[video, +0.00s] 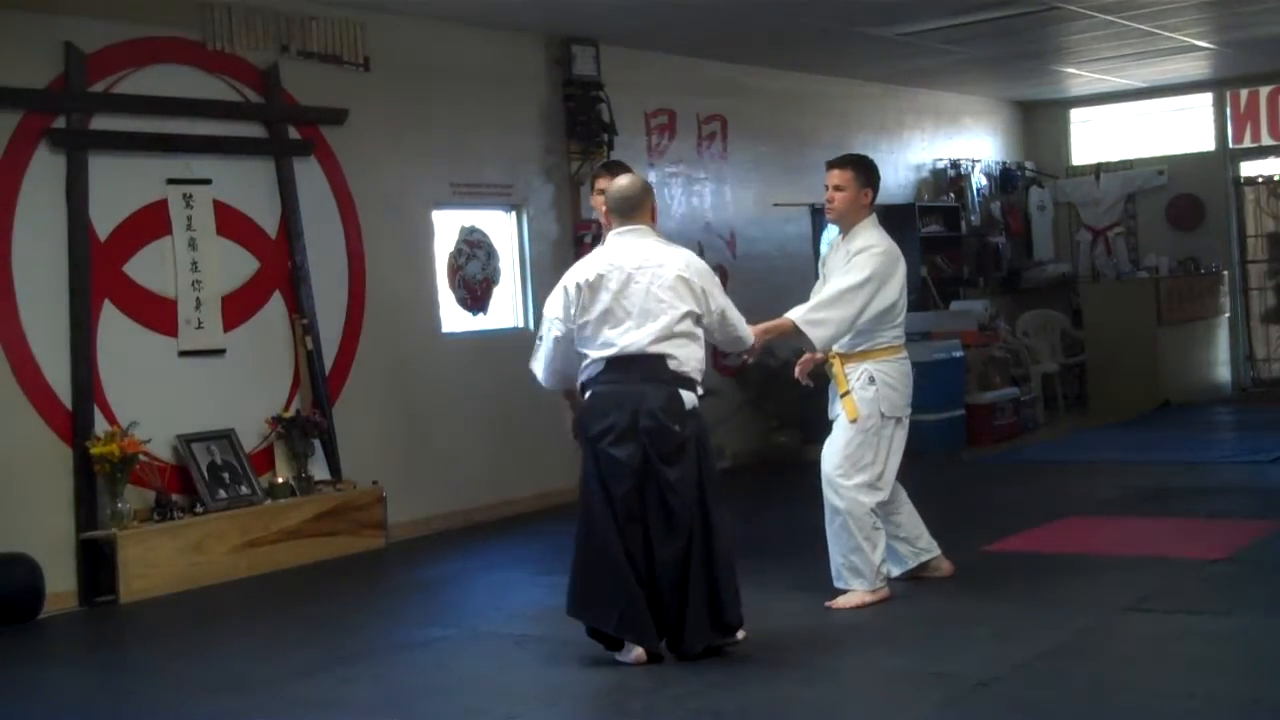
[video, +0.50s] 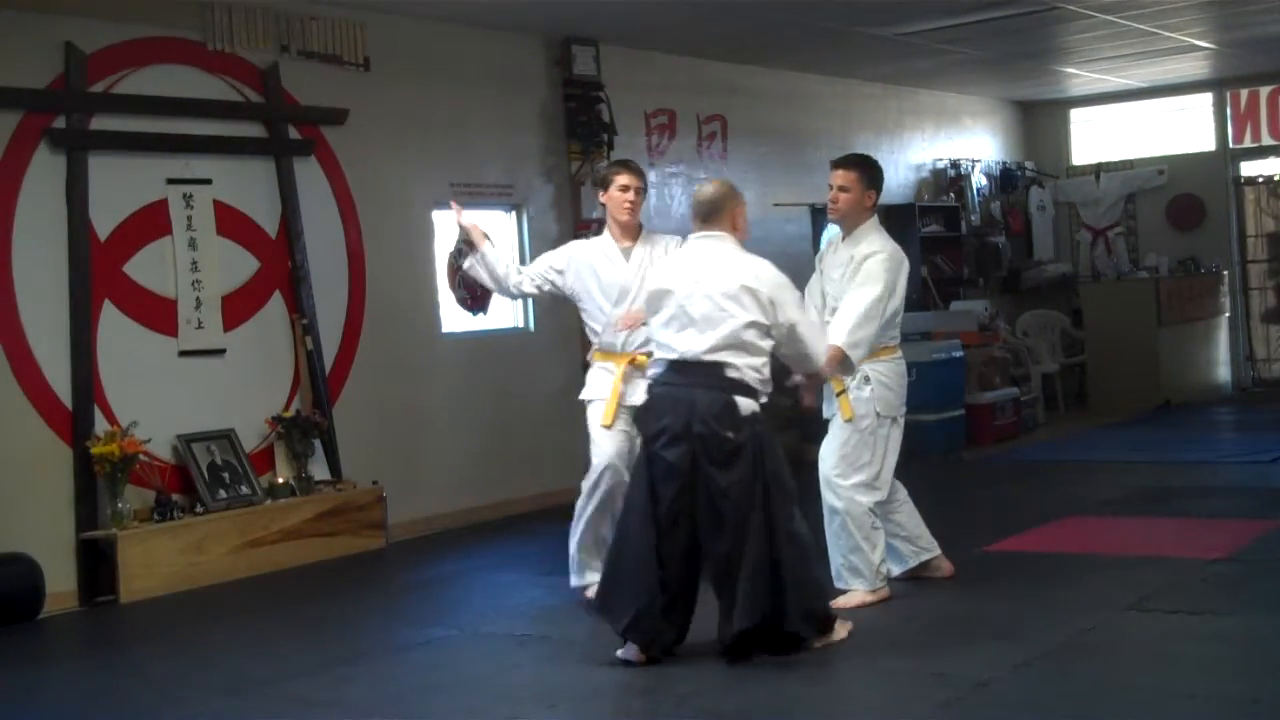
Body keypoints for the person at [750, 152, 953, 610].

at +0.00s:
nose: (827, 197)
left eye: (838, 190)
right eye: (827, 189)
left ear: (866, 196)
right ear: (832, 194)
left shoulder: (875, 251)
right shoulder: (841, 244)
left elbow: (828, 308)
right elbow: (845, 312)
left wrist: (765, 330)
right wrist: (824, 353)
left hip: (879, 373)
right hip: (853, 372)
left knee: (841, 468)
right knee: (869, 474)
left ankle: (867, 582)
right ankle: (925, 558)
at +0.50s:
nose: (831, 197)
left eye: (842, 190)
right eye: (830, 188)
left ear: (869, 198)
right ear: (831, 193)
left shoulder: (882, 254)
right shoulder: (833, 245)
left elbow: (856, 328)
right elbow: (810, 310)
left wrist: (817, 375)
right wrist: (801, 361)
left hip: (875, 373)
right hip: (846, 371)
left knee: (840, 470)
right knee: (868, 475)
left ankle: (864, 582)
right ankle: (926, 558)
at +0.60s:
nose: (835, 197)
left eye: (846, 190)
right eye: (834, 188)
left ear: (873, 198)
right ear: (834, 192)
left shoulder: (886, 254)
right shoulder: (833, 240)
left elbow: (872, 328)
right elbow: (821, 303)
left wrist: (849, 374)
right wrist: (812, 348)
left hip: (874, 375)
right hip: (842, 373)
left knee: (837, 469)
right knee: (868, 474)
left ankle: (865, 581)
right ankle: (925, 557)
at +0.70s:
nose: (839, 196)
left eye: (851, 189)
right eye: (838, 187)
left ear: (878, 198)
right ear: (837, 191)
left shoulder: (887, 255)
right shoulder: (835, 239)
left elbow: (896, 322)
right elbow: (824, 298)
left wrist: (898, 357)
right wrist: (811, 339)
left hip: (867, 380)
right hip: (836, 376)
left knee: (836, 471)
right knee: (870, 475)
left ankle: (863, 582)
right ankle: (924, 557)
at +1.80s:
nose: (843, 194)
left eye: (853, 186)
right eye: (841, 185)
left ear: (880, 192)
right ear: (841, 190)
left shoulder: (896, 249)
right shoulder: (841, 239)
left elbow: (881, 319)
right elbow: (823, 302)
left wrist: (849, 368)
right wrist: (813, 355)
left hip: (879, 371)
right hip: (849, 368)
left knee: (844, 469)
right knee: (875, 472)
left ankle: (866, 582)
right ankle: (928, 558)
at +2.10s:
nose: (837, 194)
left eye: (847, 186)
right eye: (835, 186)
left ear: (875, 191)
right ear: (836, 190)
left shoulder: (890, 249)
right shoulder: (843, 241)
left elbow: (859, 308)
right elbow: (825, 293)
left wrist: (812, 332)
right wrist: (814, 330)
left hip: (883, 372)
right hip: (853, 371)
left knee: (847, 470)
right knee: (876, 473)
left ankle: (867, 584)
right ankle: (928, 558)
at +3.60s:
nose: (891, 202)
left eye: (899, 195)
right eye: (890, 195)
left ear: (926, 201)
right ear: (898, 200)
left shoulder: (930, 255)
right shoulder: (896, 247)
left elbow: (902, 321)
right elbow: (871, 303)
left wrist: (853, 362)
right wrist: (860, 349)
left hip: (925, 370)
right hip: (891, 368)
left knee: (903, 466)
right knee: (883, 468)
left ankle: (902, 569)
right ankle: (942, 545)